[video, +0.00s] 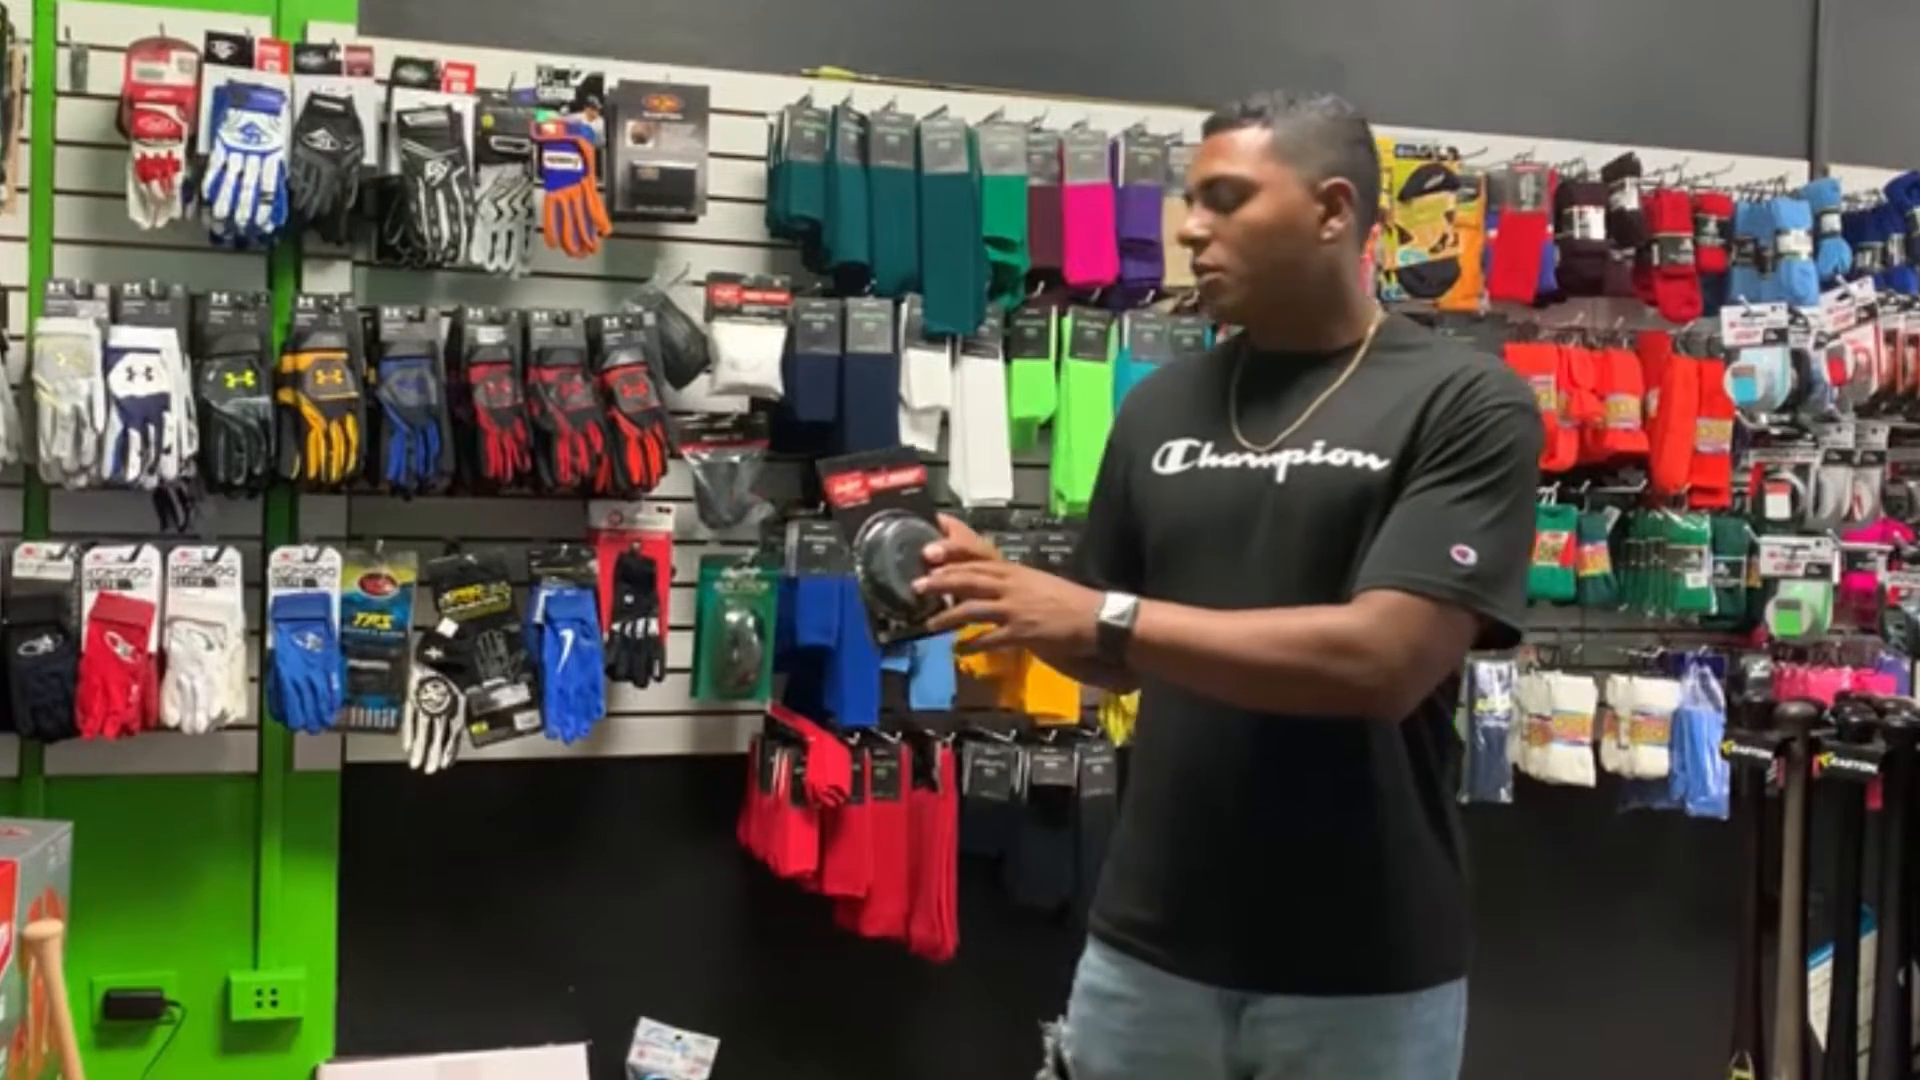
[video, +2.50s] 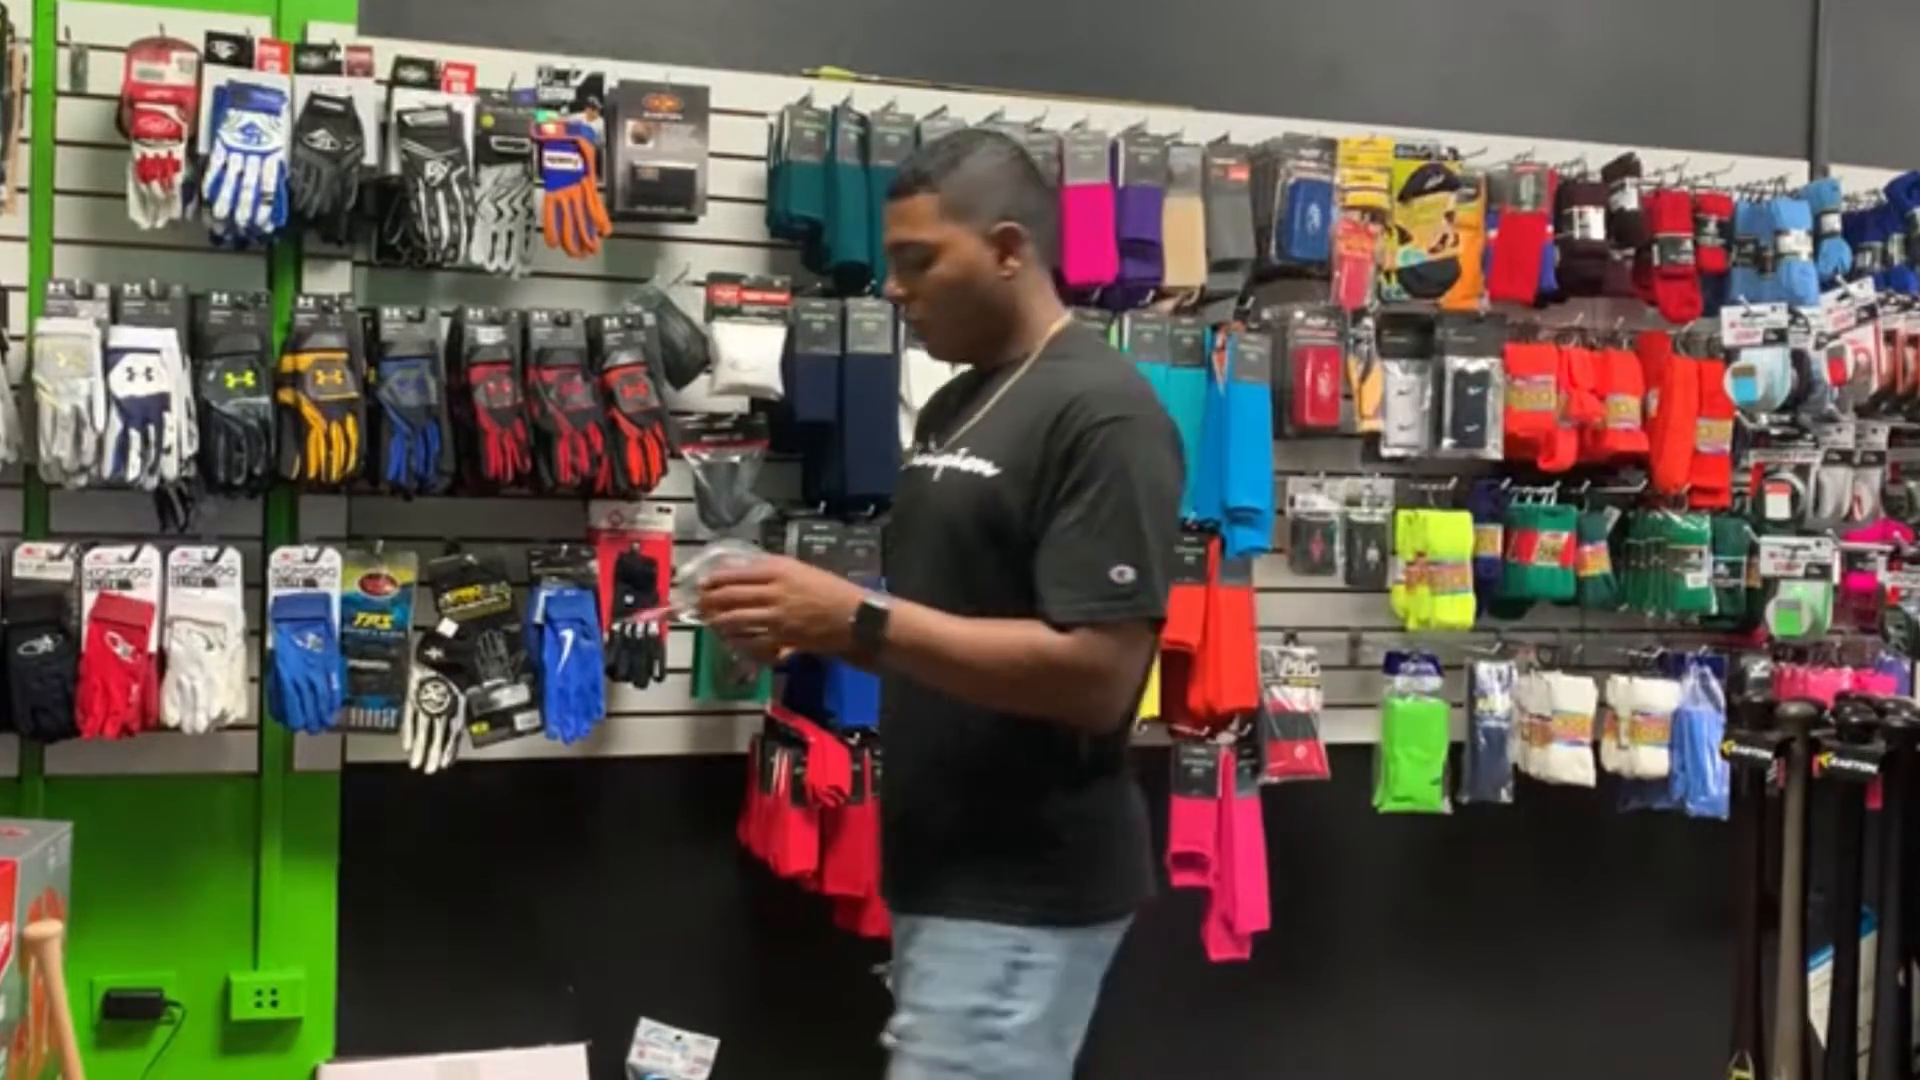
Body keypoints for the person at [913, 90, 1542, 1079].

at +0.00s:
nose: (1190, 230)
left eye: (1224, 197)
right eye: (1190, 202)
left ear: (1333, 213)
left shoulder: (1469, 401)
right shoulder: (1158, 406)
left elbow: (1382, 663)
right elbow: (1115, 659)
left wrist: (1098, 617)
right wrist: (995, 597)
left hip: (1363, 965)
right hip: (1148, 947)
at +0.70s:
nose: (1307, 233)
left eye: (1350, 201)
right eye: (1298, 204)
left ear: (1462, 215)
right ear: (1285, 213)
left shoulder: (1574, 418)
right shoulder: (1248, 400)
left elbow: (1480, 684)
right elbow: (1195, 654)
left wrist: (1192, 624)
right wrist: (1087, 595)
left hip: (1435, 977)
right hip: (1216, 950)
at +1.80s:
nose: (1250, 202)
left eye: (1291, 175)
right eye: (1225, 178)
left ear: (1366, 209)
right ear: (1204, 208)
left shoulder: (1453, 400)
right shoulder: (1158, 381)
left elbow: (1431, 694)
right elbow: (1112, 604)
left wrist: (1150, 648)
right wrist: (1033, 624)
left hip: (1341, 954)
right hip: (1146, 924)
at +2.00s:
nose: (1160, 209)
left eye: (1198, 184)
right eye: (1138, 188)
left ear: (1273, 214)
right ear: (1117, 219)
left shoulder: (1352, 405)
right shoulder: (1084, 398)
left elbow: (1342, 683)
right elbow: (1052, 615)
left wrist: (1070, 635)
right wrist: (977, 615)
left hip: (1258, 945)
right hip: (1076, 917)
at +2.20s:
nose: (1027, 246)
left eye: (1063, 218)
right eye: (1023, 221)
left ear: (1159, 232)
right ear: (1015, 233)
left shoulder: (1242, 413)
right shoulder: (1010, 410)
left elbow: (1233, 687)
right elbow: (978, 624)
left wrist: (977, 626)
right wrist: (884, 613)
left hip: (1157, 941)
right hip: (988, 913)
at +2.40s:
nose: (933, 286)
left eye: (958, 256)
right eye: (929, 261)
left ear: (1051, 246)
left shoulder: (1156, 414)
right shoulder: (971, 407)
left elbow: (1140, 681)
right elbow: (962, 625)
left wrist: (900, 619)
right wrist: (840, 608)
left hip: (1066, 903)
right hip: (946, 881)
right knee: (960, 1064)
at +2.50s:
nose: (896, 292)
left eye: (917, 260)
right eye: (892, 267)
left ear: (1008, 247)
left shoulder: (1107, 412)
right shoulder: (960, 406)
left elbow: (1099, 680)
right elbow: (953, 629)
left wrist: (858, 621)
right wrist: (824, 618)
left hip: (1027, 891)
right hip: (945, 873)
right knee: (943, 1060)